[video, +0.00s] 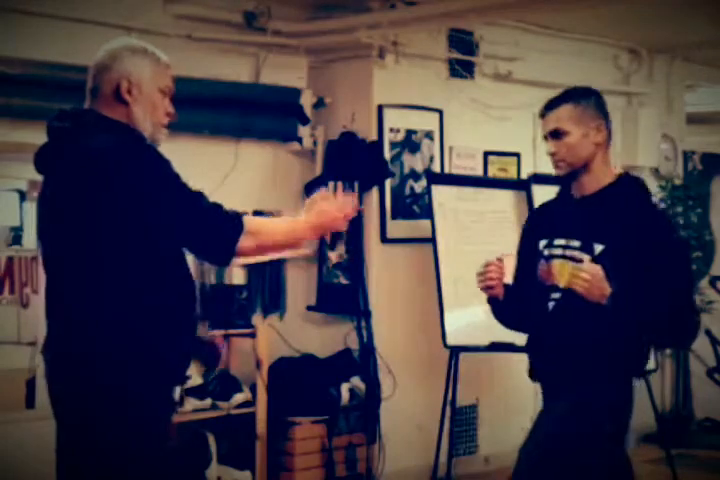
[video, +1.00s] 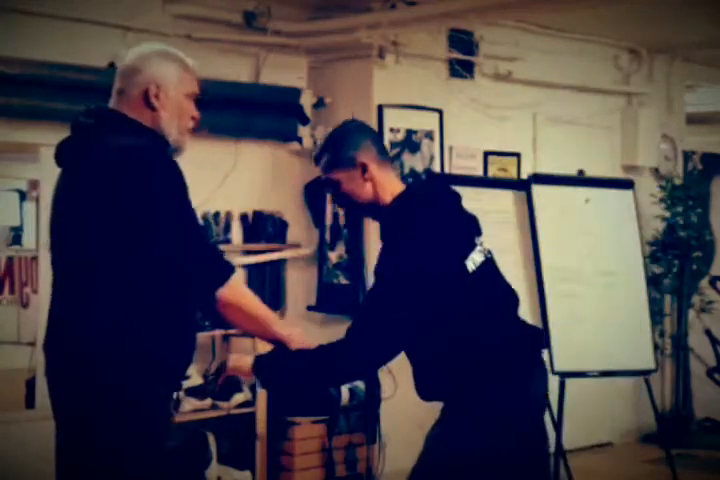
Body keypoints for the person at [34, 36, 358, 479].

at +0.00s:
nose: (171, 112)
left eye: (171, 98)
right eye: (165, 95)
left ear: (124, 90)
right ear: (128, 90)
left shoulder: (69, 158)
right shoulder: (126, 156)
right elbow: (226, 239)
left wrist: (294, 228)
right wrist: (310, 225)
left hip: (81, 374)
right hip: (127, 380)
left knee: (85, 470)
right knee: (133, 470)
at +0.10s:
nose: (178, 115)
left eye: (178, 102)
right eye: (173, 99)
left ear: (134, 92)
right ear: (137, 92)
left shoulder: (73, 155)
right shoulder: (131, 156)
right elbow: (224, 232)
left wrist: (238, 233)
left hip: (83, 367)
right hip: (132, 373)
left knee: (88, 469)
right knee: (143, 469)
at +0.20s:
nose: (188, 118)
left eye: (189, 106)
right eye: (183, 103)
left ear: (139, 93)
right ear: (146, 94)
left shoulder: (76, 155)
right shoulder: (143, 159)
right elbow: (232, 224)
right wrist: (208, 160)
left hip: (80, 362)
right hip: (133, 368)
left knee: (84, 468)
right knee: (130, 469)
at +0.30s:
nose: (195, 128)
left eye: (198, 116)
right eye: (192, 112)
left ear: (150, 96)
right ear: (159, 99)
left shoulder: (79, 157)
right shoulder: (158, 160)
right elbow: (233, 239)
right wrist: (220, 194)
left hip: (76, 359)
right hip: (136, 367)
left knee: (81, 468)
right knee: (132, 469)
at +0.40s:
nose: (197, 136)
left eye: (202, 124)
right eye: (196, 120)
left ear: (157, 102)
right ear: (163, 104)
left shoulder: (79, 159)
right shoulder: (157, 164)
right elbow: (223, 245)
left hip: (75, 364)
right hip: (132, 371)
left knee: (78, 468)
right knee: (132, 469)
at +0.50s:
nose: (203, 142)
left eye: (209, 130)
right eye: (203, 126)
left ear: (162, 105)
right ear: (170, 107)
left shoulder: (77, 165)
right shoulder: (163, 170)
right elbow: (238, 281)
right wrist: (303, 340)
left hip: (70, 367)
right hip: (135, 375)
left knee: (75, 469)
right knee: (133, 469)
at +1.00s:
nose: (196, 115)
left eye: (196, 102)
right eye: (191, 99)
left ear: (153, 96)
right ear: (154, 97)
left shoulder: (85, 158)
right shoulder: (144, 162)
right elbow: (213, 282)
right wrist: (285, 333)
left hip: (81, 366)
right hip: (129, 377)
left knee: (83, 469)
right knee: (129, 470)